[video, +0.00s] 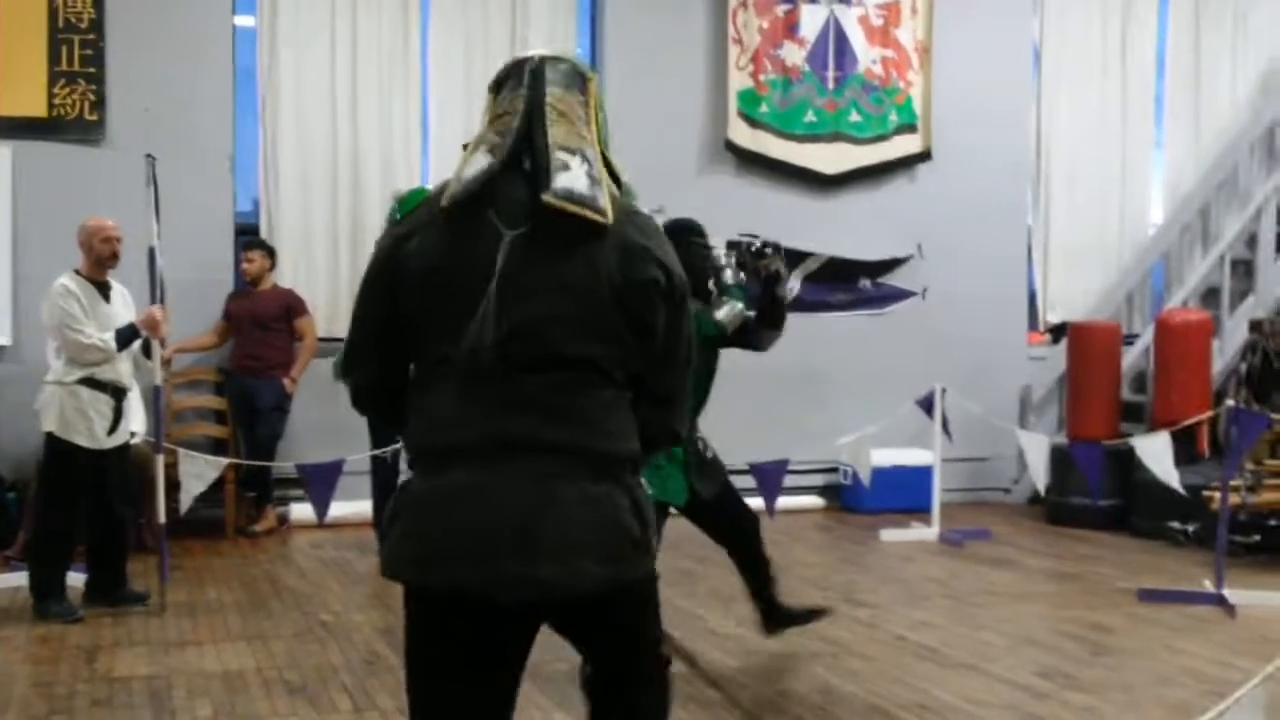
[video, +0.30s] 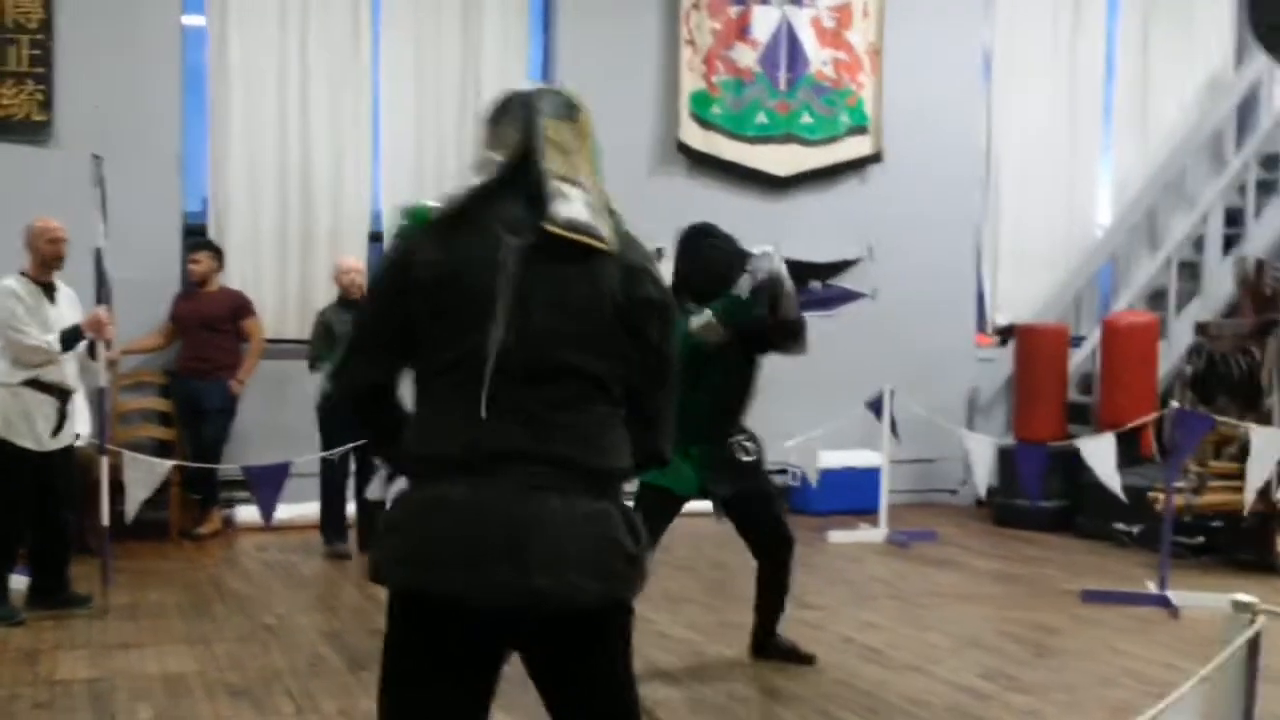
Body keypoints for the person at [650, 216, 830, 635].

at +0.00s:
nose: (706, 262)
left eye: (706, 252)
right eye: (695, 254)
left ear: (708, 258)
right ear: (670, 261)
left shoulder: (706, 314)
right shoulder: (652, 312)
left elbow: (761, 337)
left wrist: (771, 288)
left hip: (684, 450)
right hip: (644, 454)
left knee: (741, 528)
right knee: (634, 548)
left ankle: (771, 612)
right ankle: (632, 634)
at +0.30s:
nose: (722, 279)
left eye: (728, 270)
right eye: (714, 268)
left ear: (735, 276)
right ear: (691, 271)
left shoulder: (740, 320)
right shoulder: (664, 317)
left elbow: (789, 336)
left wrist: (777, 285)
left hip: (725, 453)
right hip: (671, 454)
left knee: (775, 545)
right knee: (629, 551)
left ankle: (765, 638)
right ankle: (601, 641)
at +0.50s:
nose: (712, 264)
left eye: (725, 256)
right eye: (706, 254)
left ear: (743, 263)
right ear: (695, 254)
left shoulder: (758, 314)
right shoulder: (680, 300)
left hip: (743, 437)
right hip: (687, 436)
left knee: (761, 540)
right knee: (660, 534)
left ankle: (738, 634)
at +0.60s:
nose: (715, 268)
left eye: (727, 259)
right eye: (709, 257)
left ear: (743, 267)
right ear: (696, 261)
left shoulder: (754, 325)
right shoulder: (681, 310)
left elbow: (748, 393)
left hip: (743, 439)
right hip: (691, 438)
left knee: (746, 542)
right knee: (678, 530)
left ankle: (728, 634)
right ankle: (717, 584)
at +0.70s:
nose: (692, 281)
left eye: (701, 273)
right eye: (689, 272)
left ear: (720, 275)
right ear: (683, 273)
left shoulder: (733, 323)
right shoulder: (677, 317)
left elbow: (741, 365)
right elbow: (649, 352)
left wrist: (702, 351)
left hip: (726, 438)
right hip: (687, 435)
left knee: (717, 530)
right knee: (688, 526)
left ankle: (720, 627)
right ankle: (731, 585)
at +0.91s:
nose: (642, 279)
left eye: (648, 271)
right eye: (644, 270)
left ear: (665, 275)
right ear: (684, 273)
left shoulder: (692, 329)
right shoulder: (679, 318)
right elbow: (645, 344)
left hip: (716, 444)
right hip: (700, 441)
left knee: (694, 527)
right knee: (679, 518)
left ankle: (731, 625)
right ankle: (714, 599)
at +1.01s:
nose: (619, 285)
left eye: (624, 277)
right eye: (620, 276)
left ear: (642, 280)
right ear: (660, 278)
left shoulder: (674, 331)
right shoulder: (665, 323)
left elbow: (628, 365)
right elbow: (635, 361)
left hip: (701, 446)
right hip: (686, 443)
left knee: (686, 529)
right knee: (669, 517)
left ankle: (718, 625)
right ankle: (698, 599)